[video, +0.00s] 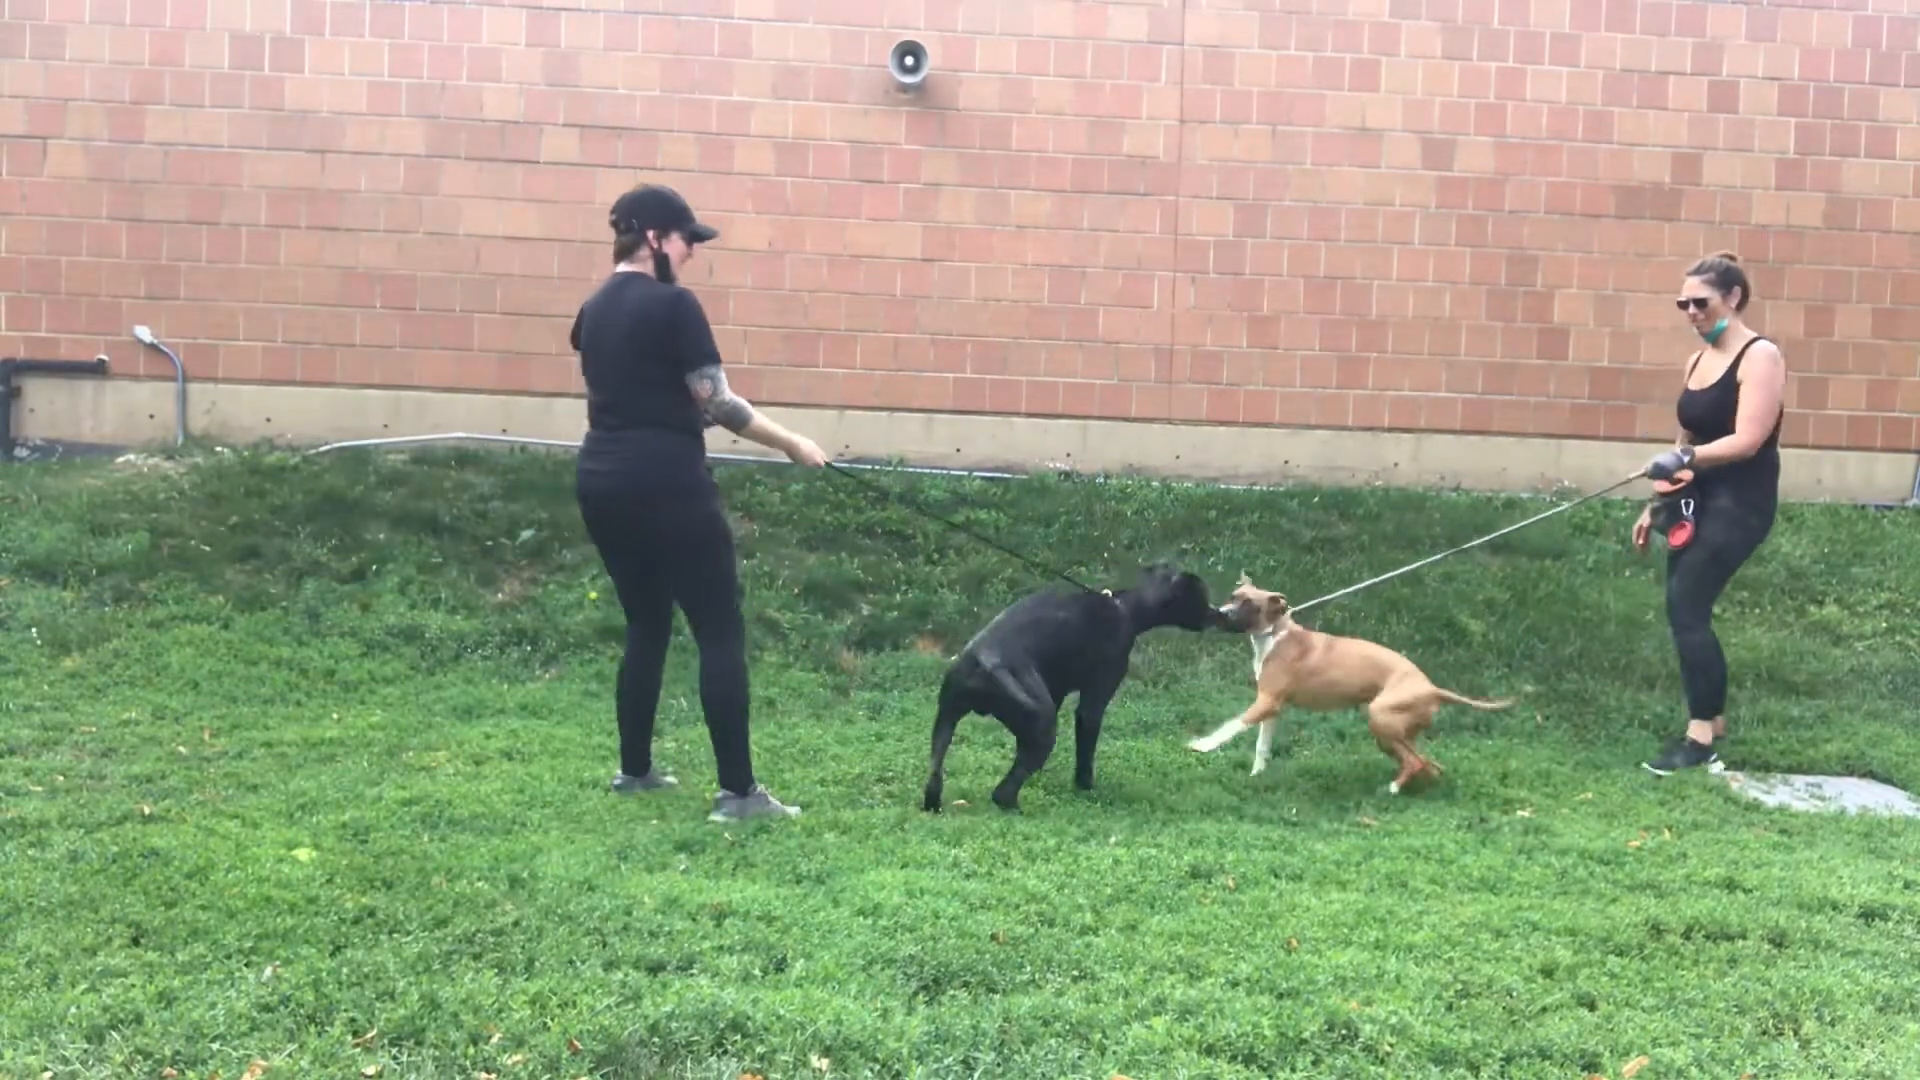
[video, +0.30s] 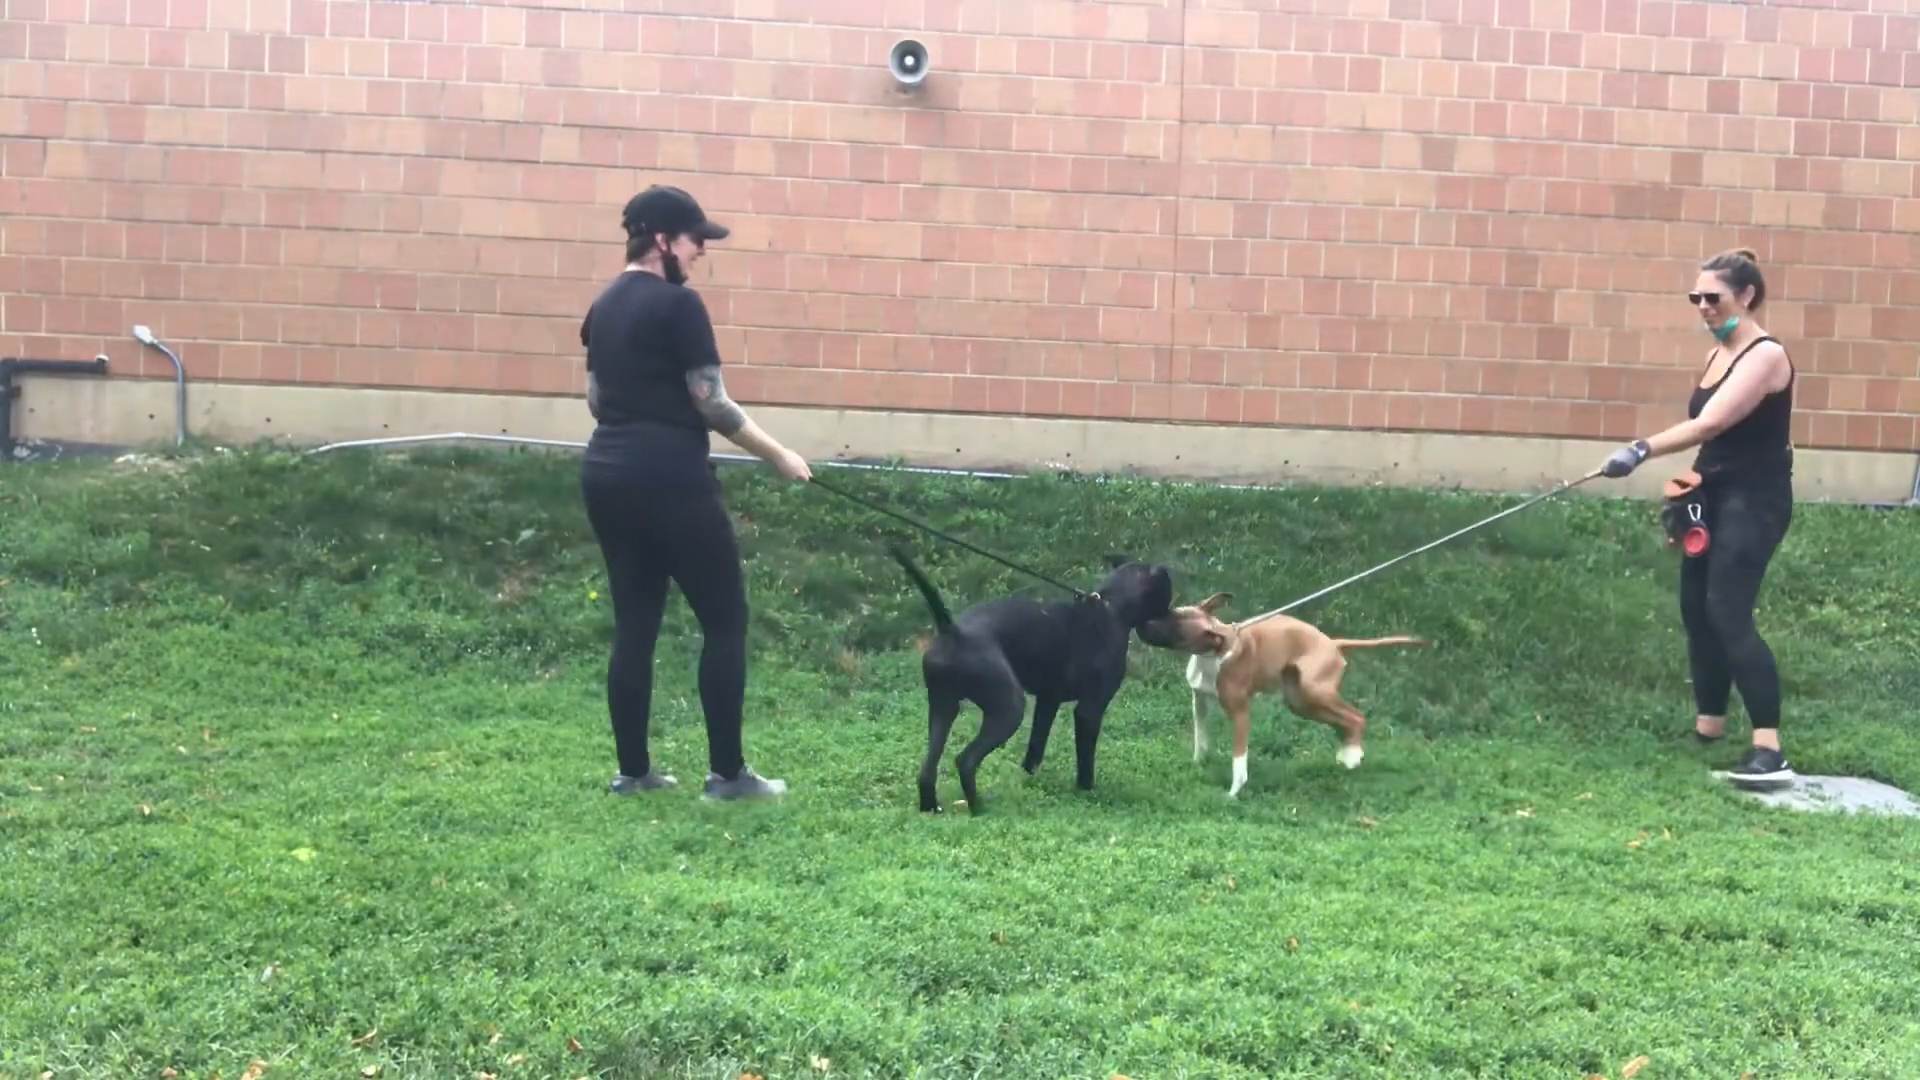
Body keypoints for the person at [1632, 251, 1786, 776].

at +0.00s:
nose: (1689, 312)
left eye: (1699, 303)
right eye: (1685, 304)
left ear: (1732, 298)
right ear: (1686, 304)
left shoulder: (1761, 357)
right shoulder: (1699, 359)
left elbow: (1750, 440)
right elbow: (1687, 443)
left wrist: (1688, 457)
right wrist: (1656, 504)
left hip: (1742, 500)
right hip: (1700, 496)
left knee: (1686, 604)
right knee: (1683, 605)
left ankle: (1700, 736)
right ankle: (1710, 719)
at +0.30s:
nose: (1703, 308)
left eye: (1712, 298)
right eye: (1698, 299)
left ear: (1746, 295)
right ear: (1698, 300)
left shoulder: (1766, 355)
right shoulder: (1719, 356)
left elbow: (1711, 422)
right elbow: (1716, 439)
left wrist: (1641, 448)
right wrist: (1692, 486)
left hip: (1754, 501)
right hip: (1714, 496)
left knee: (1728, 611)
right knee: (1697, 609)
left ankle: (1769, 748)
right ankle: (1709, 727)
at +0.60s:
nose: (1720, 301)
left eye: (1730, 291)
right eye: (1716, 292)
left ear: (1768, 286)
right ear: (1716, 291)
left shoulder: (1789, 350)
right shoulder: (1736, 344)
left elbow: (1731, 427)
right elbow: (1732, 432)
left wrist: (1660, 470)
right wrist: (1711, 488)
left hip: (1782, 499)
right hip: (1733, 494)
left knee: (1754, 615)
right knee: (1708, 610)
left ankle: (1771, 757)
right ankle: (1708, 729)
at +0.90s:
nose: (1740, 294)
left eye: (1750, 284)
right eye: (1735, 284)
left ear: (1789, 279)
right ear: (1736, 280)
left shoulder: (1816, 344)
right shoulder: (1747, 335)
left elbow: (1765, 411)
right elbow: (1746, 422)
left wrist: (1692, 447)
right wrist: (1717, 484)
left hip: (1808, 504)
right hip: (1752, 495)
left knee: (1779, 620)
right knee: (1701, 604)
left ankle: (1775, 759)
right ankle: (1721, 731)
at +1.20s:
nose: (1742, 299)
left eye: (1751, 288)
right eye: (1737, 289)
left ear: (1791, 281)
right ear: (1735, 286)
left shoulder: (1815, 349)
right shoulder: (1742, 344)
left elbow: (1760, 431)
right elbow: (1734, 431)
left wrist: (1682, 474)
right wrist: (1704, 484)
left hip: (1801, 510)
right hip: (1739, 503)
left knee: (1762, 631)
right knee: (1716, 627)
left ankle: (1776, 753)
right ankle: (1711, 760)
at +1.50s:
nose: (1756, 289)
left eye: (1766, 279)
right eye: (1752, 279)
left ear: (1809, 272)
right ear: (1753, 275)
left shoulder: (1838, 344)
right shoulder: (1749, 338)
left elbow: (1799, 439)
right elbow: (1735, 432)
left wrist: (1714, 469)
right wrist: (1709, 502)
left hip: (1808, 505)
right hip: (1744, 497)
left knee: (1791, 629)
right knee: (1718, 630)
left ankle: (1842, 771)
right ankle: (1713, 765)